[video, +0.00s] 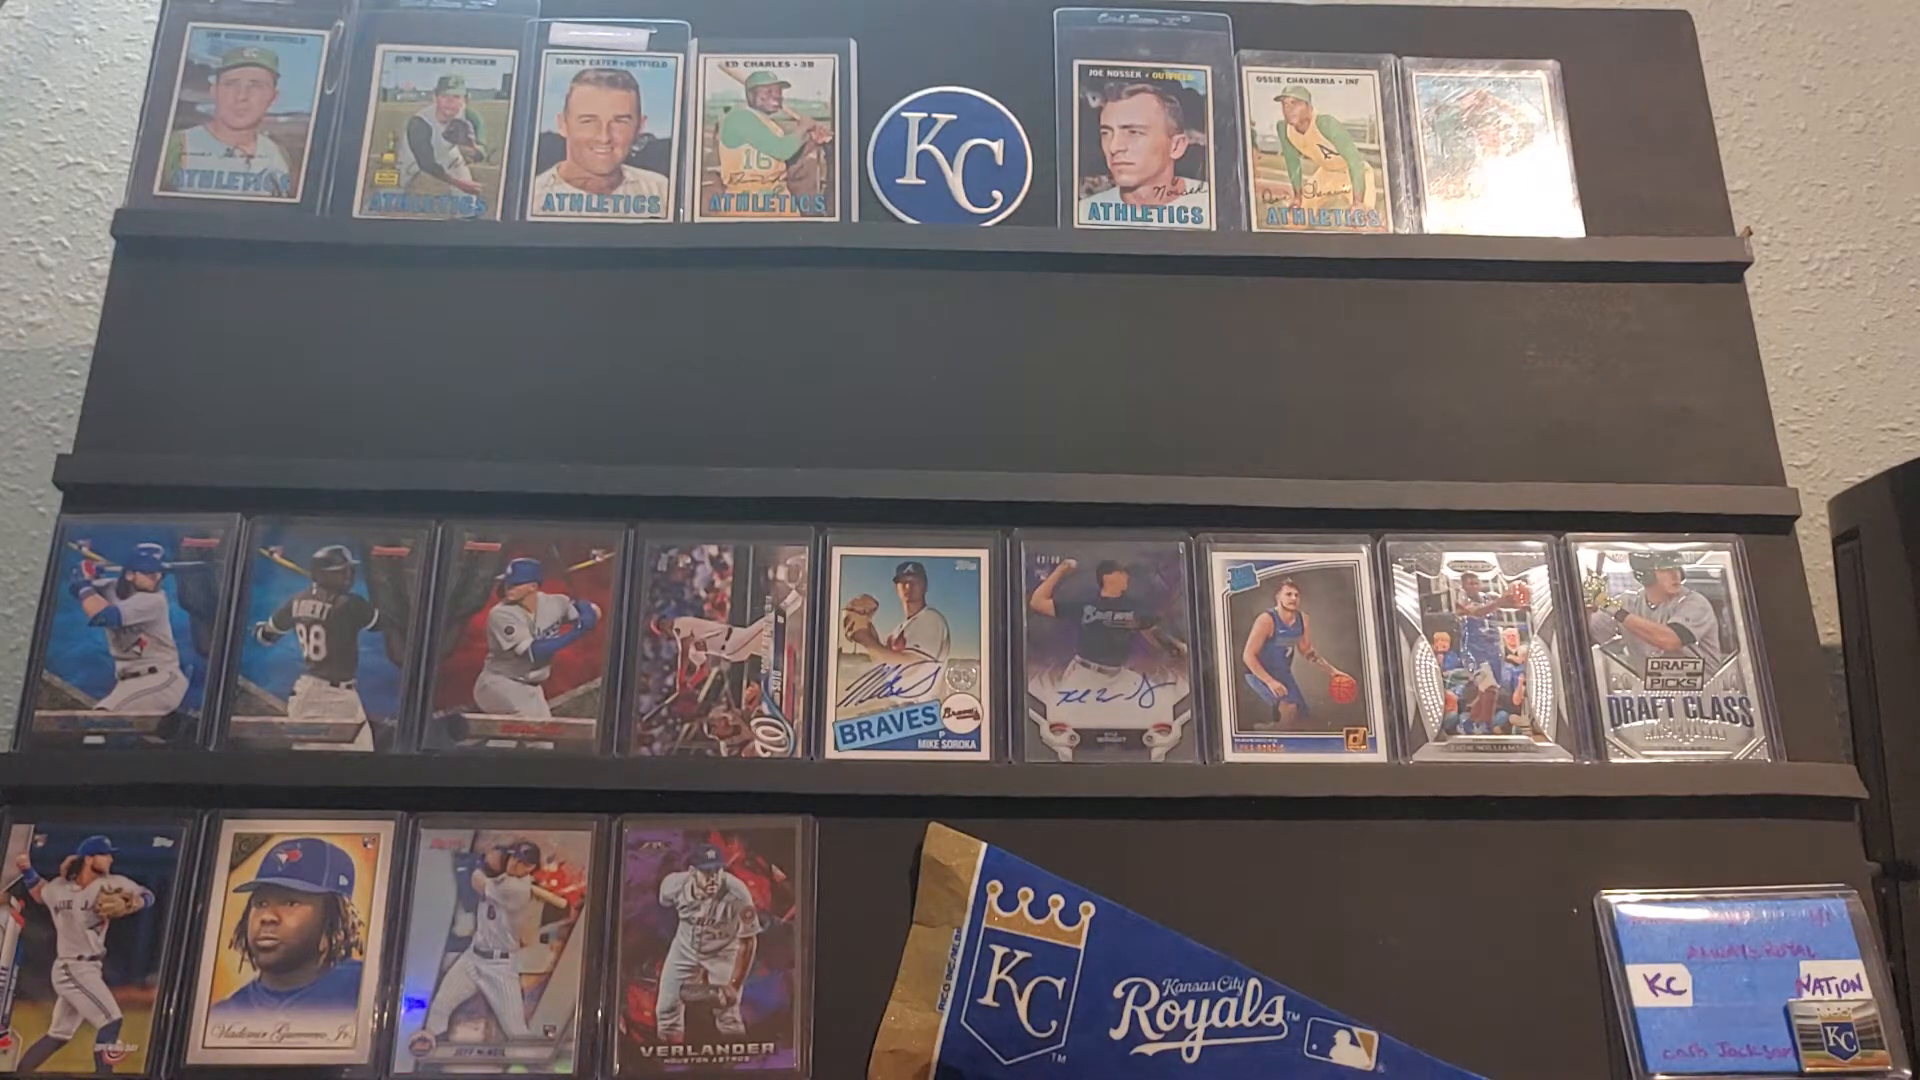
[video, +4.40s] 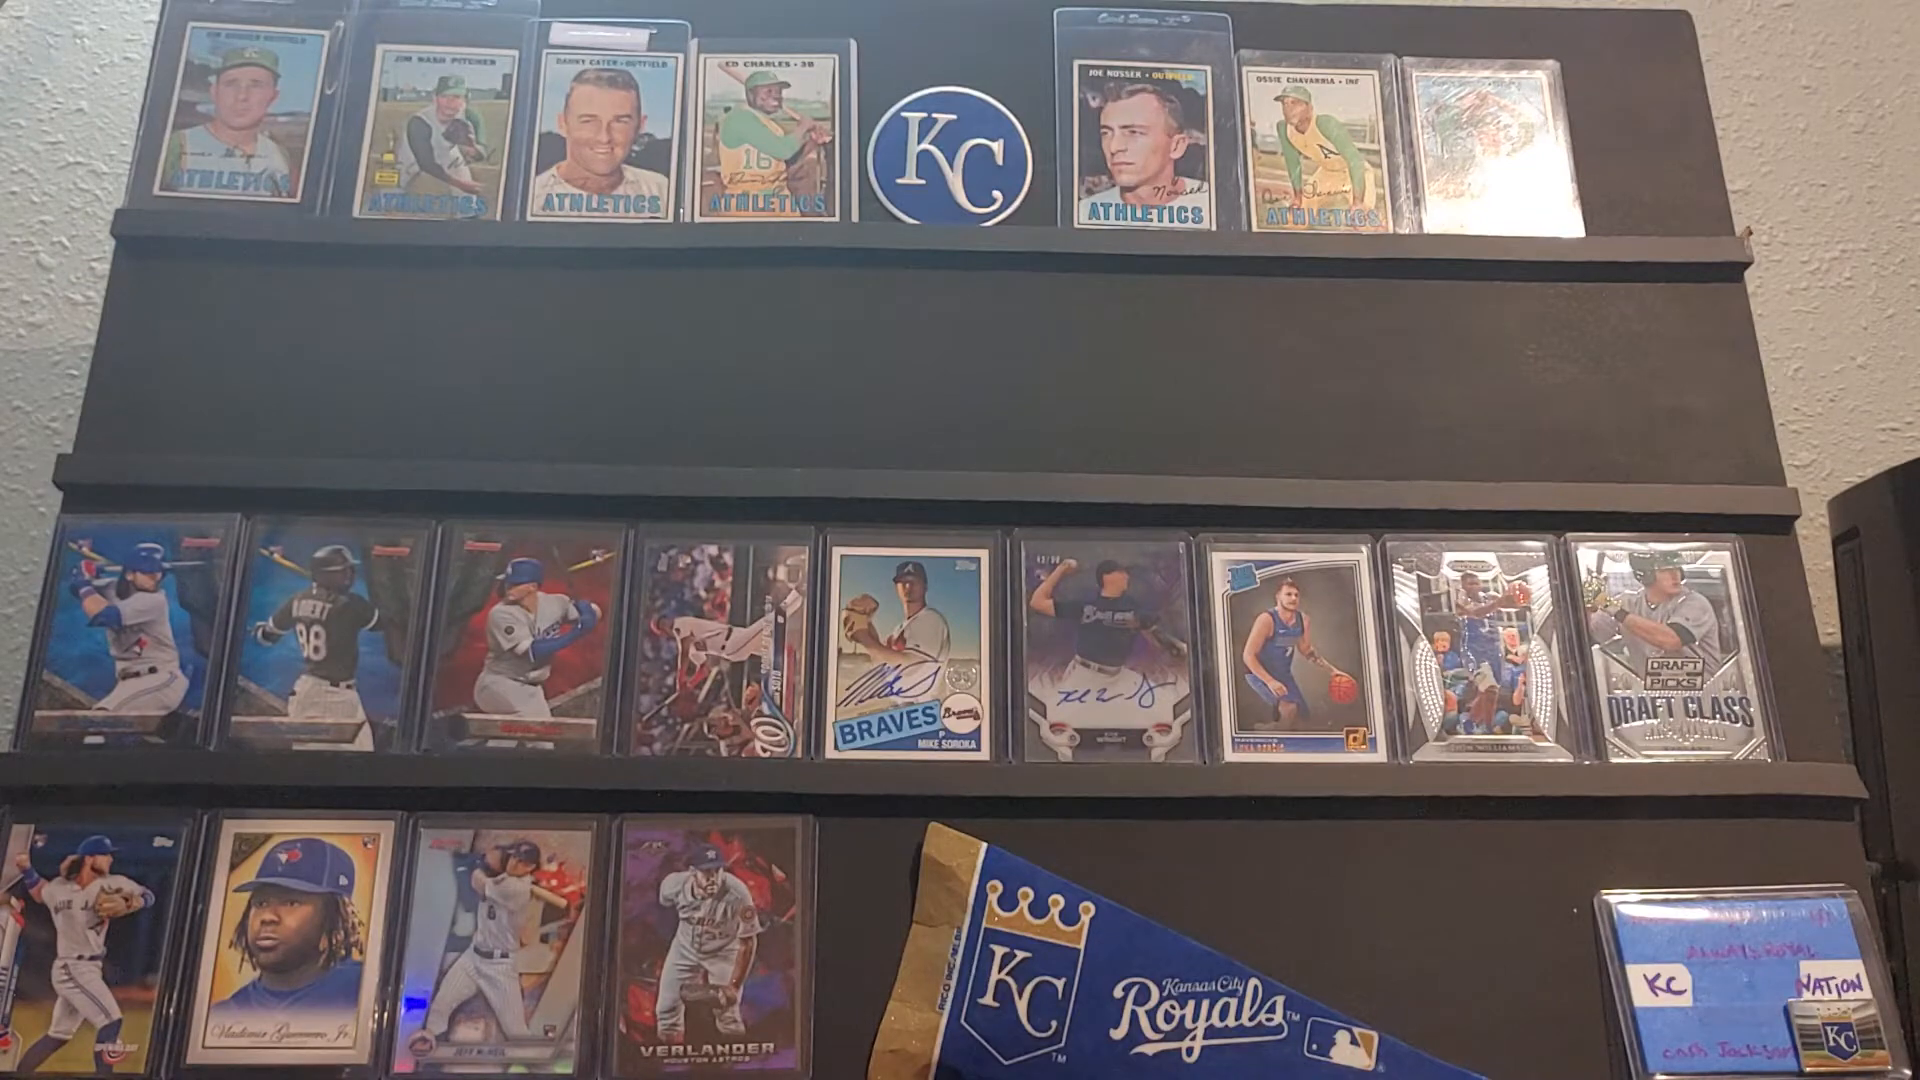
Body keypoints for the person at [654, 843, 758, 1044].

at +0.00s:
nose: (712, 878)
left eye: (716, 871)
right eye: (705, 872)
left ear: (722, 869)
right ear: (693, 870)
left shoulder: (738, 893)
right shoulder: (673, 886)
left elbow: (749, 941)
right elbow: (667, 910)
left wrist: (735, 985)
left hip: (724, 953)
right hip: (684, 948)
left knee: (727, 1015)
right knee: (666, 1009)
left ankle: (740, 1068)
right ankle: (673, 1071)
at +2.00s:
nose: (712, 878)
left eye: (716, 871)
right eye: (705, 872)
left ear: (722, 869)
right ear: (693, 870)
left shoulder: (738, 892)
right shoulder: (674, 885)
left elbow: (749, 941)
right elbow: (666, 907)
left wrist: (735, 985)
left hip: (725, 953)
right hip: (685, 947)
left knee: (727, 1015)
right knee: (666, 1009)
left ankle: (741, 1068)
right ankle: (673, 1069)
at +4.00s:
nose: (712, 878)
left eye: (716, 871)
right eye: (706, 872)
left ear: (722, 869)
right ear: (692, 871)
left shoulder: (738, 893)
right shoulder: (672, 886)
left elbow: (749, 941)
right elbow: (668, 914)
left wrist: (735, 985)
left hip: (724, 954)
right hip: (684, 948)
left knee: (727, 1015)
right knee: (666, 1009)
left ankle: (740, 1068)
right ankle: (673, 1069)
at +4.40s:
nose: (712, 878)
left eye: (716, 871)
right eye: (705, 872)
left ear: (722, 869)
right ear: (692, 871)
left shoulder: (738, 894)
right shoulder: (673, 885)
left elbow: (748, 942)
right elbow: (667, 912)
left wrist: (734, 985)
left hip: (725, 954)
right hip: (684, 948)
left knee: (727, 1014)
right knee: (666, 1009)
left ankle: (740, 1068)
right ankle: (673, 1071)